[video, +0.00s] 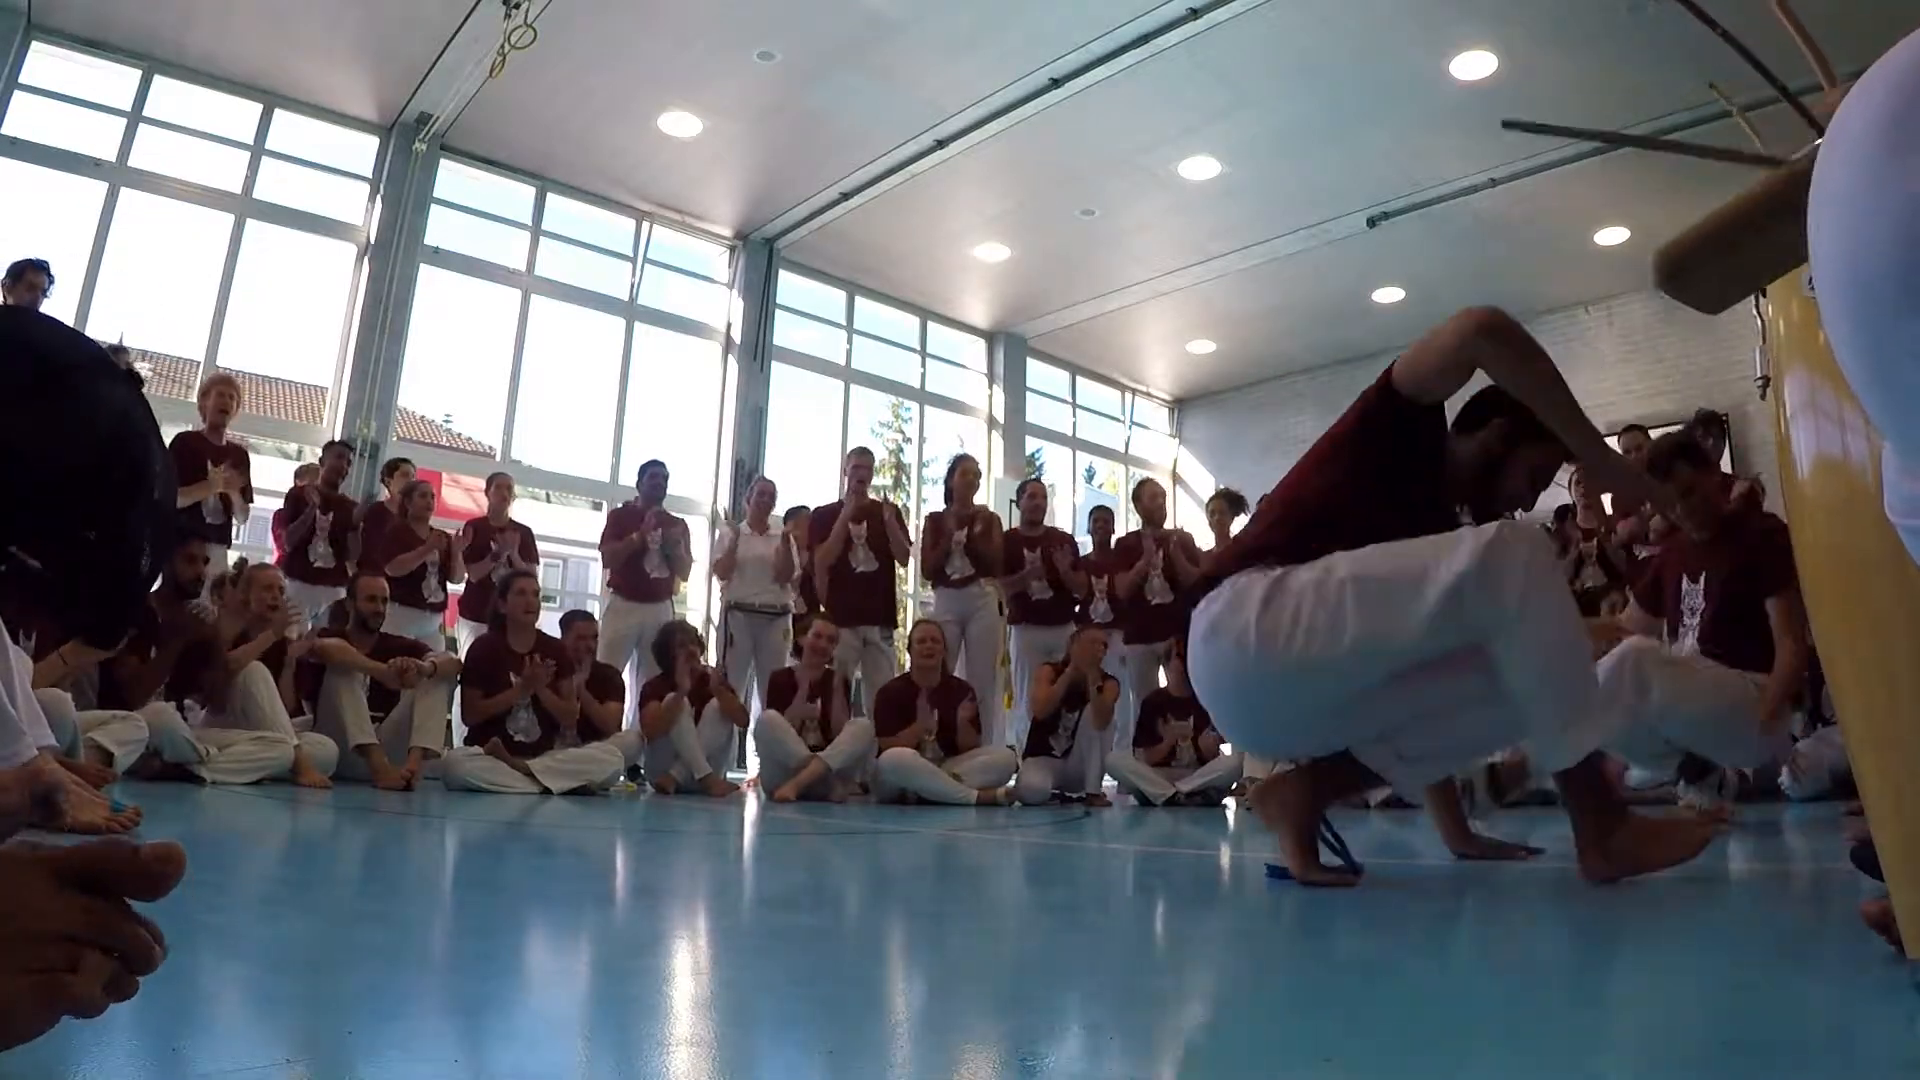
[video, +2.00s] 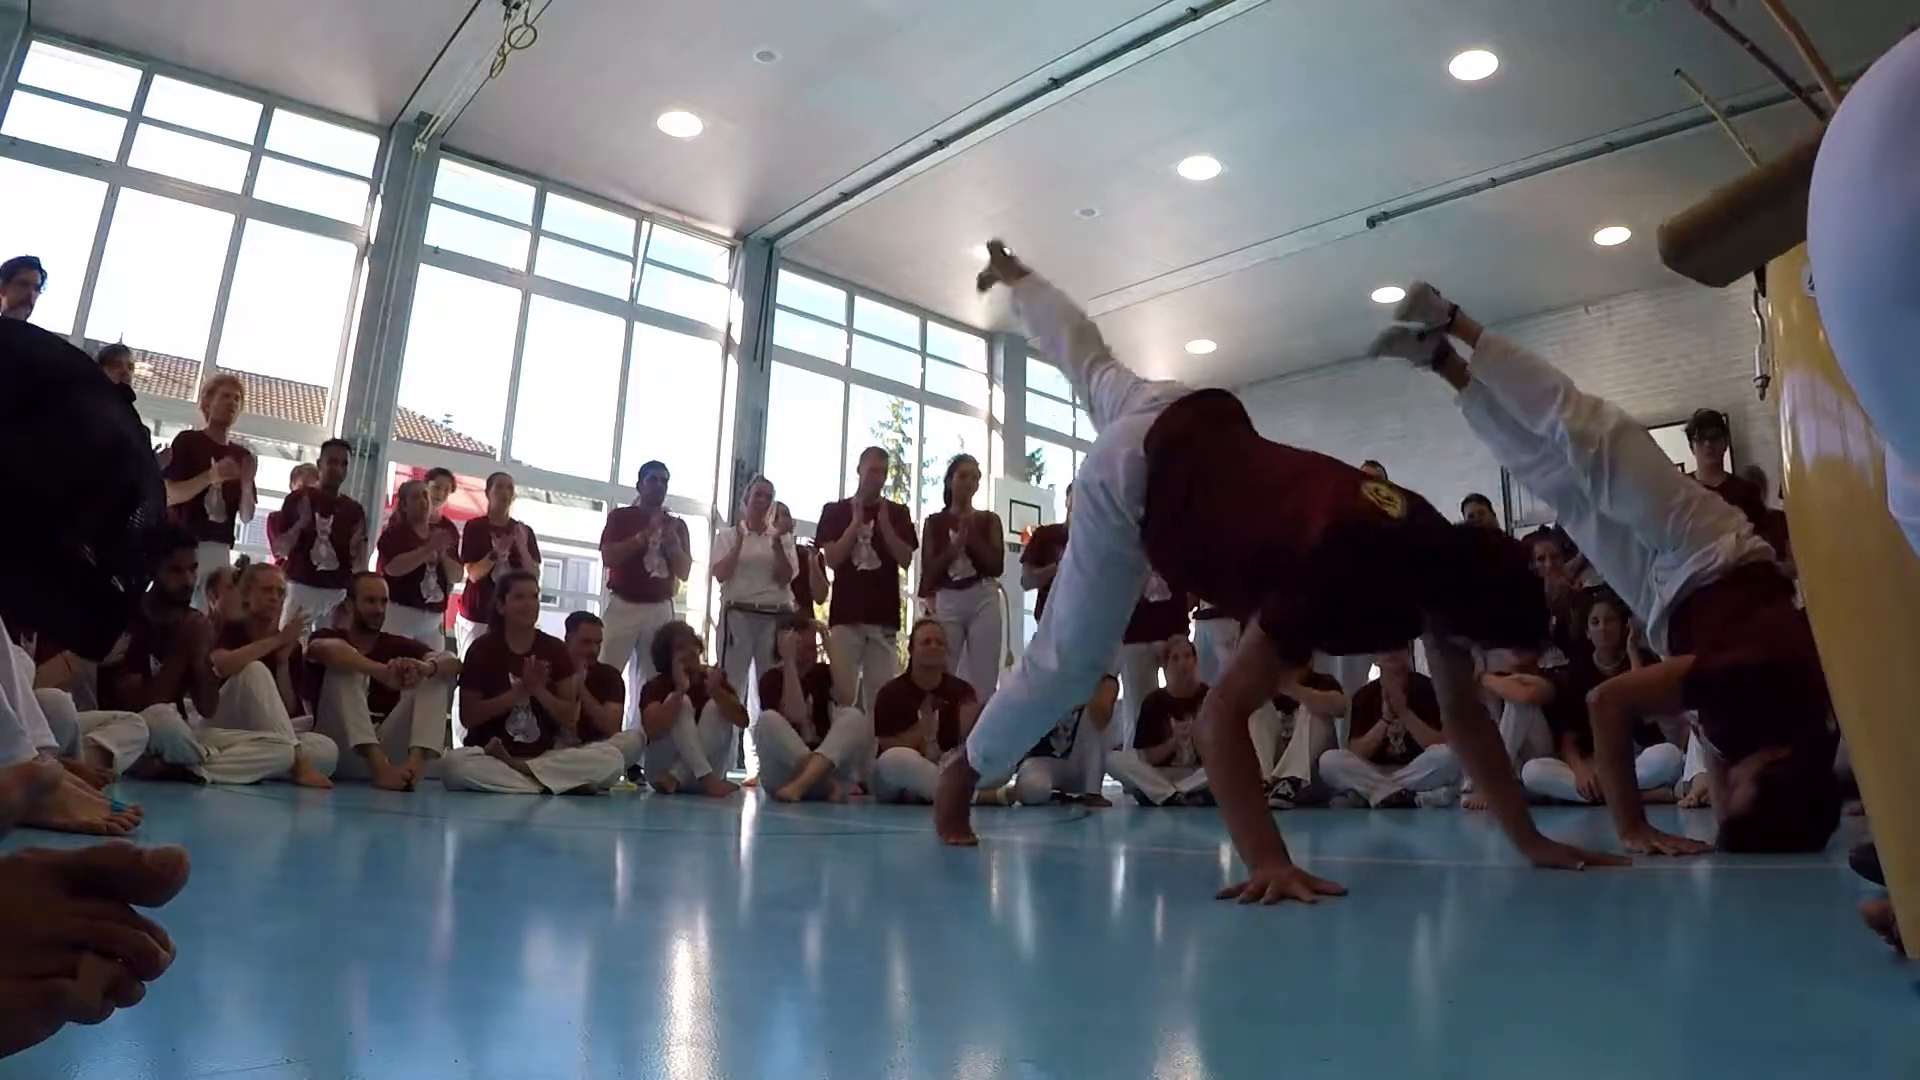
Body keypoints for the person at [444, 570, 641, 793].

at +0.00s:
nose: (531, 601)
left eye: (536, 595)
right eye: (521, 594)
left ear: (542, 601)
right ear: (502, 604)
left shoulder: (556, 649)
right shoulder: (483, 647)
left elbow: (570, 716)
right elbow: (470, 715)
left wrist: (539, 689)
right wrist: (521, 690)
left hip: (546, 756)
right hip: (489, 755)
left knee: (612, 759)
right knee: (455, 766)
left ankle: (524, 766)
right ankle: (549, 786)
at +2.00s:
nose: (529, 604)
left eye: (534, 597)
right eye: (520, 597)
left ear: (540, 603)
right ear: (501, 605)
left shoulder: (556, 648)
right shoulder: (481, 649)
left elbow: (569, 717)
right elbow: (469, 717)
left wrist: (537, 689)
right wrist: (521, 691)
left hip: (545, 755)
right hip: (488, 754)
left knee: (612, 758)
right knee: (454, 766)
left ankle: (522, 766)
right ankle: (547, 786)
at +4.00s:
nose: (528, 604)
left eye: (533, 597)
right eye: (519, 597)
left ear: (539, 603)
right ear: (500, 605)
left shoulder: (555, 649)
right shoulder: (481, 649)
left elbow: (570, 718)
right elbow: (469, 716)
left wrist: (537, 690)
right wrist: (521, 689)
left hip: (546, 757)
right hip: (488, 755)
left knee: (613, 758)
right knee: (453, 765)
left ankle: (523, 766)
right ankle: (550, 786)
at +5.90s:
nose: (544, 600)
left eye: (550, 594)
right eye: (535, 593)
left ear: (554, 604)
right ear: (514, 603)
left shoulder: (564, 651)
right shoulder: (490, 645)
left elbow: (575, 720)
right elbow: (475, 711)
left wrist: (546, 688)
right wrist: (529, 689)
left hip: (549, 757)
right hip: (492, 755)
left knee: (612, 759)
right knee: (454, 766)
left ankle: (521, 766)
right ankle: (550, 786)